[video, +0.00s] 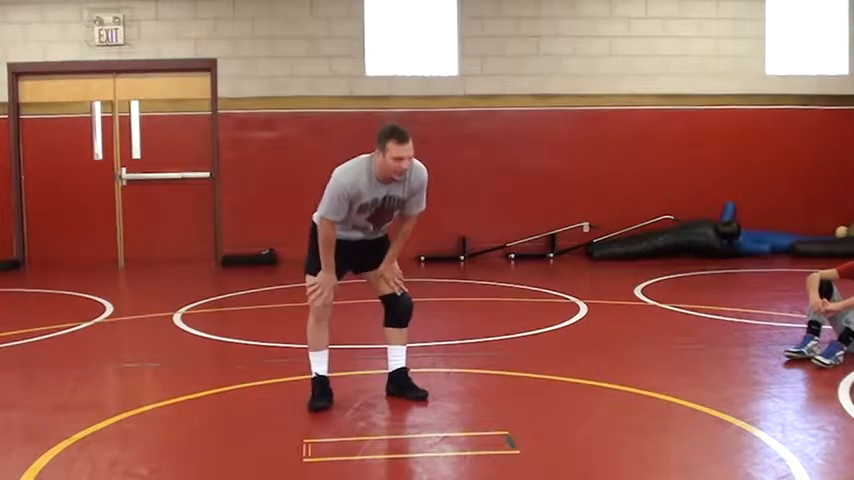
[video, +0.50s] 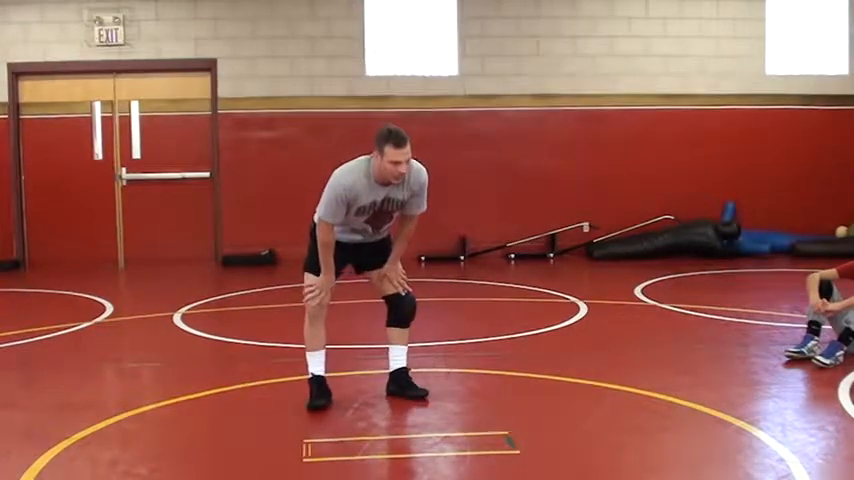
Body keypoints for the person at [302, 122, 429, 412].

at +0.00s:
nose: (405, 166)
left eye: (408, 158)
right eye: (398, 159)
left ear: (413, 155)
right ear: (378, 155)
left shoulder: (417, 175)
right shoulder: (346, 179)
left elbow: (408, 219)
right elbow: (326, 224)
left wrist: (390, 259)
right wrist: (328, 271)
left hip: (373, 239)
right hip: (332, 238)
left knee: (399, 303)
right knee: (320, 305)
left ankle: (398, 377)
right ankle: (320, 382)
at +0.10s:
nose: (403, 168)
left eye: (407, 161)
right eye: (396, 161)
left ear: (412, 156)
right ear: (378, 157)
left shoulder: (416, 177)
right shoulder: (345, 180)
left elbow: (409, 220)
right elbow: (324, 224)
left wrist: (391, 259)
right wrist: (326, 273)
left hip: (373, 240)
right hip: (332, 239)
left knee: (399, 303)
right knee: (318, 305)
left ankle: (398, 377)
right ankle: (319, 382)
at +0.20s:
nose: (402, 170)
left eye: (406, 162)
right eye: (395, 163)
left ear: (411, 158)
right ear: (376, 158)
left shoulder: (416, 178)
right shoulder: (344, 181)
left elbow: (409, 220)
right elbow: (323, 225)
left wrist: (391, 260)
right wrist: (325, 273)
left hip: (373, 241)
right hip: (332, 240)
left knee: (401, 302)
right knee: (316, 304)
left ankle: (398, 376)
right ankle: (318, 382)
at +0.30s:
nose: (402, 171)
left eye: (405, 164)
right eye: (395, 164)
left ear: (410, 159)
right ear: (376, 159)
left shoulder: (415, 178)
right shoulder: (344, 181)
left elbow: (408, 221)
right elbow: (324, 226)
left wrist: (391, 260)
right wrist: (327, 275)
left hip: (373, 241)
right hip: (332, 240)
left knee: (401, 303)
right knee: (315, 304)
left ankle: (398, 377)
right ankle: (318, 382)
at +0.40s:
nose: (401, 171)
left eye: (405, 164)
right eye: (394, 165)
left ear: (410, 159)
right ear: (375, 159)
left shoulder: (416, 178)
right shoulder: (344, 181)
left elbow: (408, 221)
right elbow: (324, 227)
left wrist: (392, 260)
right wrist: (328, 276)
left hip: (373, 241)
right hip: (332, 240)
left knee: (402, 303)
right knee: (315, 303)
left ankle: (398, 377)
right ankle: (317, 382)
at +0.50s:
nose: (402, 170)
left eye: (406, 162)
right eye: (395, 163)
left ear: (411, 157)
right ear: (376, 157)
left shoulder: (417, 176)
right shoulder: (345, 180)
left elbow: (409, 220)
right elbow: (325, 227)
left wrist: (393, 260)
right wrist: (327, 276)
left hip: (374, 240)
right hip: (333, 239)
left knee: (402, 303)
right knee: (315, 304)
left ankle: (398, 377)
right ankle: (317, 382)